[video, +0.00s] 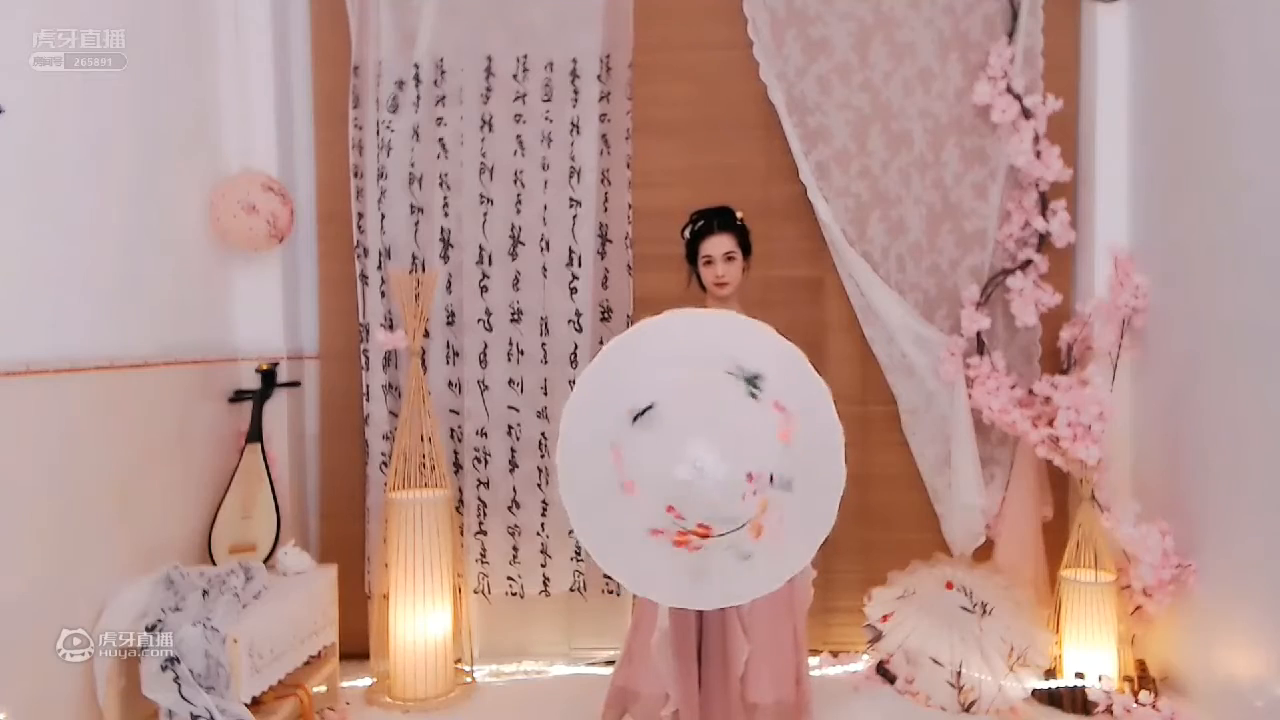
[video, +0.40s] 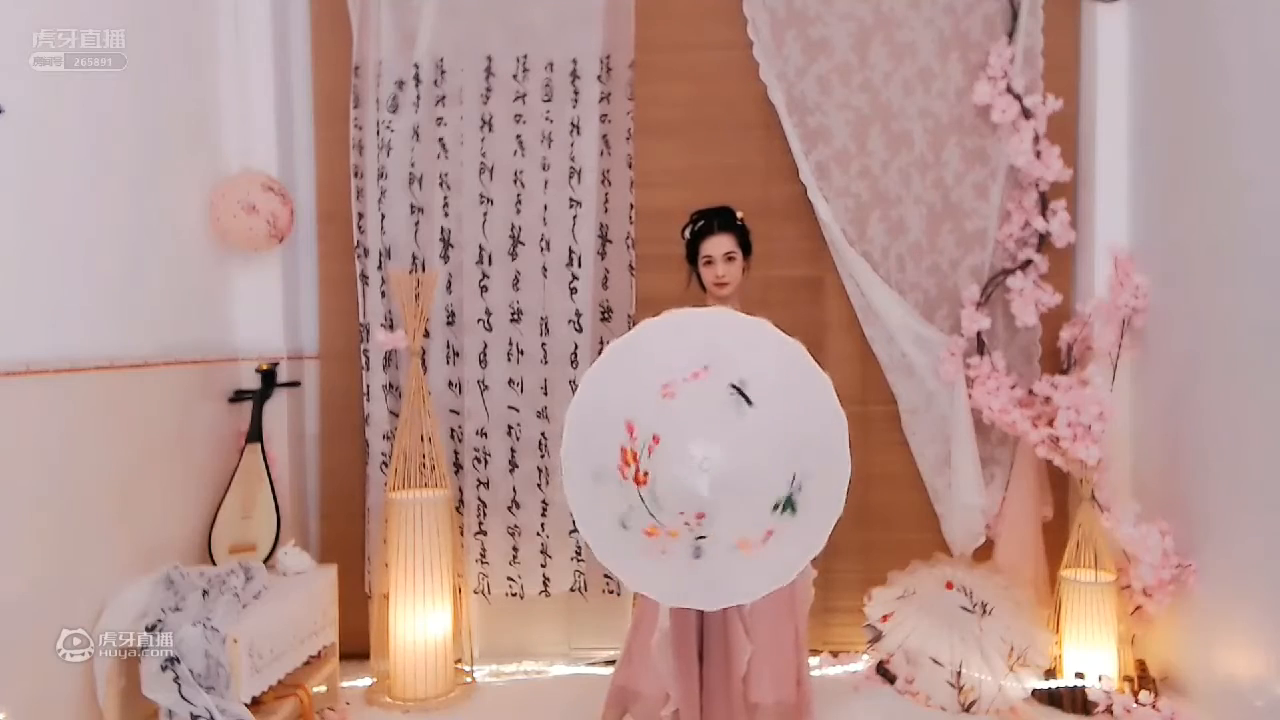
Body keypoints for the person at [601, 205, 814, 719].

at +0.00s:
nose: (718, 270)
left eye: (729, 258)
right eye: (708, 260)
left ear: (745, 263)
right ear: (695, 268)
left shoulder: (761, 339)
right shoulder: (673, 337)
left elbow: (786, 430)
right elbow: (651, 421)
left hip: (750, 485)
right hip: (683, 483)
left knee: (747, 605)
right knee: (683, 606)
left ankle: (747, 709)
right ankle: (679, 710)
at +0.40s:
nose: (719, 271)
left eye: (729, 258)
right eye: (708, 260)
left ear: (745, 263)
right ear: (695, 267)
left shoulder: (764, 340)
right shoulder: (672, 337)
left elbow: (789, 431)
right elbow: (646, 420)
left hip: (752, 493)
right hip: (684, 492)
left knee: (750, 612)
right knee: (683, 613)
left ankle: (749, 710)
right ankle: (679, 711)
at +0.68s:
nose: (717, 271)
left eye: (727, 258)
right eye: (706, 261)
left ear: (744, 263)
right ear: (693, 268)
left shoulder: (761, 339)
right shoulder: (672, 334)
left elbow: (788, 426)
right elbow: (642, 419)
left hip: (749, 494)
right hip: (683, 493)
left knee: (747, 612)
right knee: (682, 611)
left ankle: (745, 710)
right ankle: (678, 711)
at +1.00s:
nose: (716, 272)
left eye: (726, 259)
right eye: (705, 262)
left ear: (742, 263)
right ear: (693, 268)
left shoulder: (761, 339)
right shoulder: (674, 333)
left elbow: (786, 427)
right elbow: (649, 418)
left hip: (747, 490)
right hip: (685, 486)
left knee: (746, 604)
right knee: (681, 604)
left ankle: (745, 710)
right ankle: (678, 711)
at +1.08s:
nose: (716, 271)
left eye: (726, 259)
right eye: (705, 261)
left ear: (742, 263)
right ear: (693, 268)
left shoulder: (760, 337)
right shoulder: (672, 334)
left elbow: (785, 427)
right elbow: (647, 417)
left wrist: (786, 511)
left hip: (746, 492)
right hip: (683, 489)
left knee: (745, 608)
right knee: (680, 608)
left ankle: (744, 710)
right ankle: (677, 711)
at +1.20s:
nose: (716, 272)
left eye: (726, 259)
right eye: (705, 262)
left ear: (742, 264)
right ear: (692, 268)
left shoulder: (759, 338)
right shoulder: (671, 333)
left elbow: (783, 427)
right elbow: (644, 417)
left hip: (744, 490)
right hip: (682, 487)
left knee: (743, 606)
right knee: (679, 605)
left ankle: (743, 710)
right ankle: (676, 710)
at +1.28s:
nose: (716, 272)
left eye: (726, 259)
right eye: (705, 262)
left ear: (742, 264)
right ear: (692, 268)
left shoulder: (759, 337)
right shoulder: (671, 333)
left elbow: (783, 426)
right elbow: (644, 417)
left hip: (745, 490)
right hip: (682, 487)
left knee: (743, 605)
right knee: (680, 604)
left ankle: (743, 710)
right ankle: (676, 710)